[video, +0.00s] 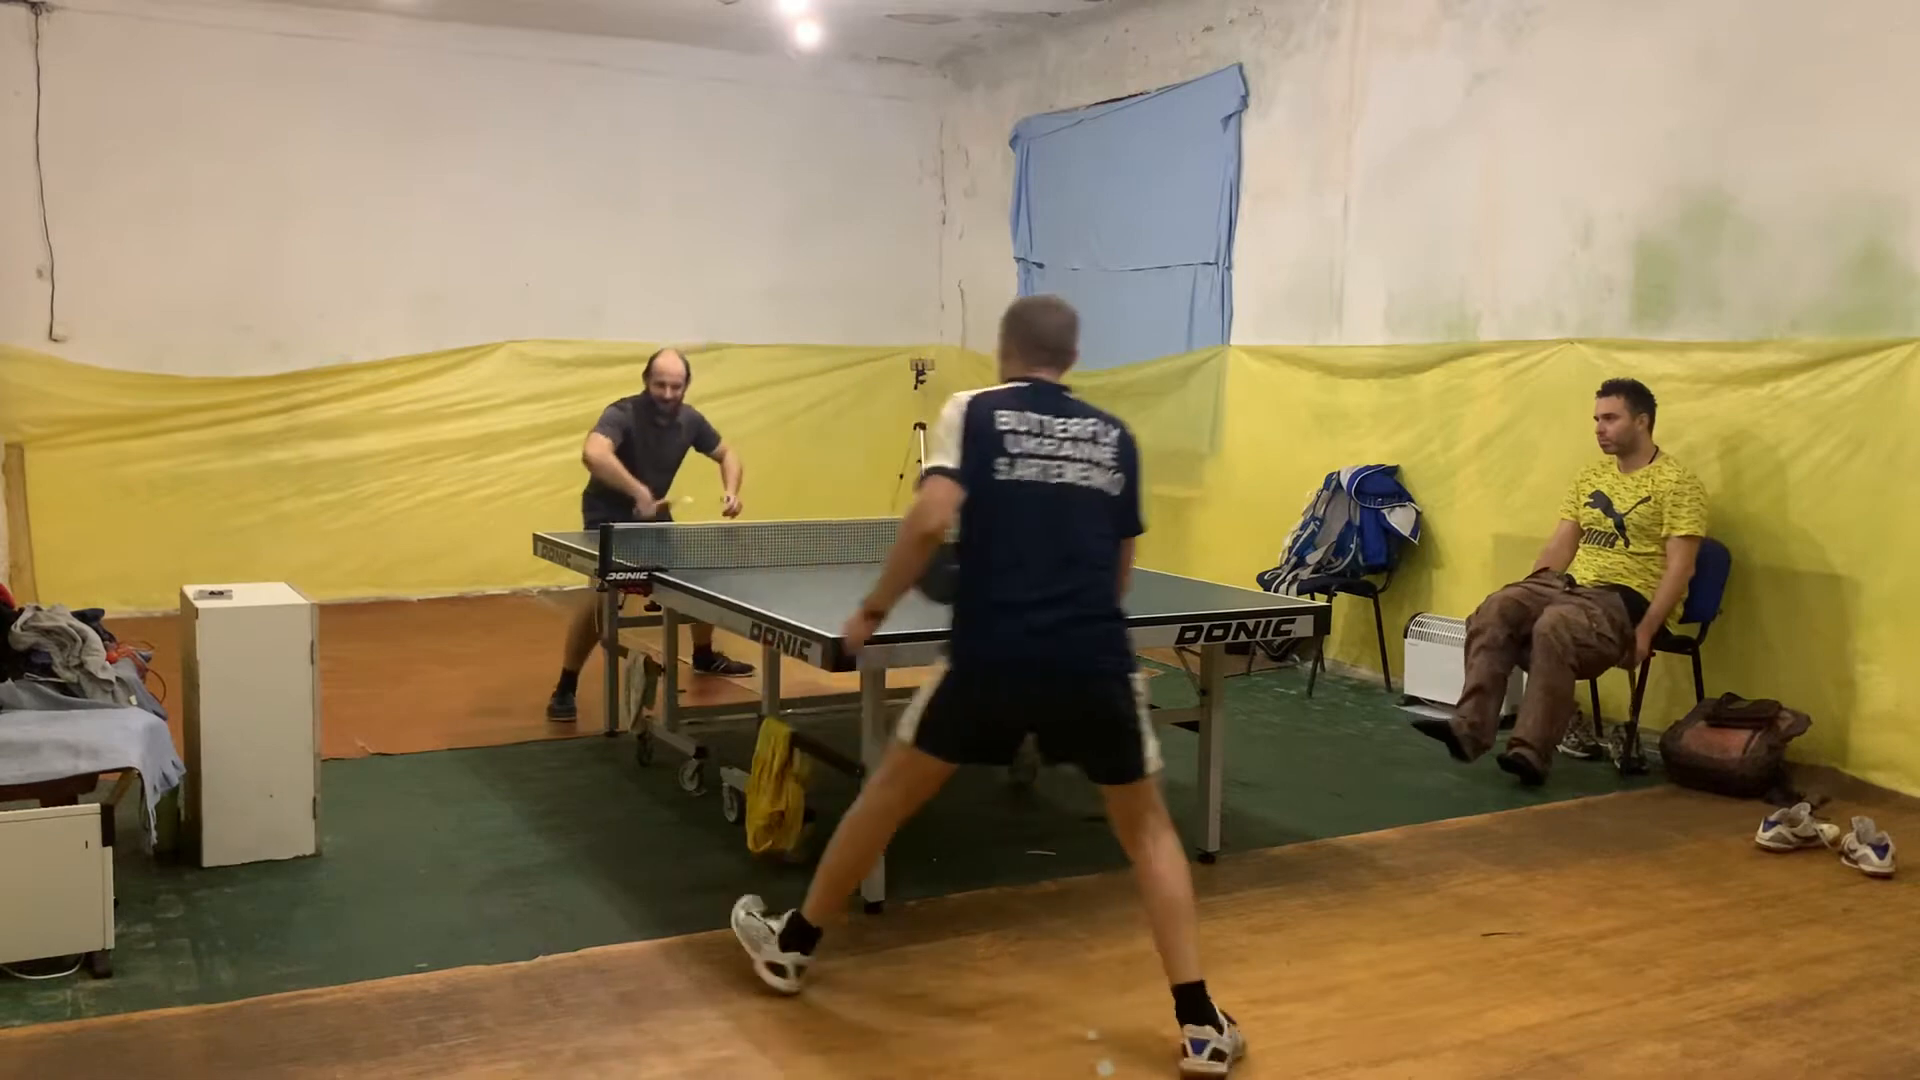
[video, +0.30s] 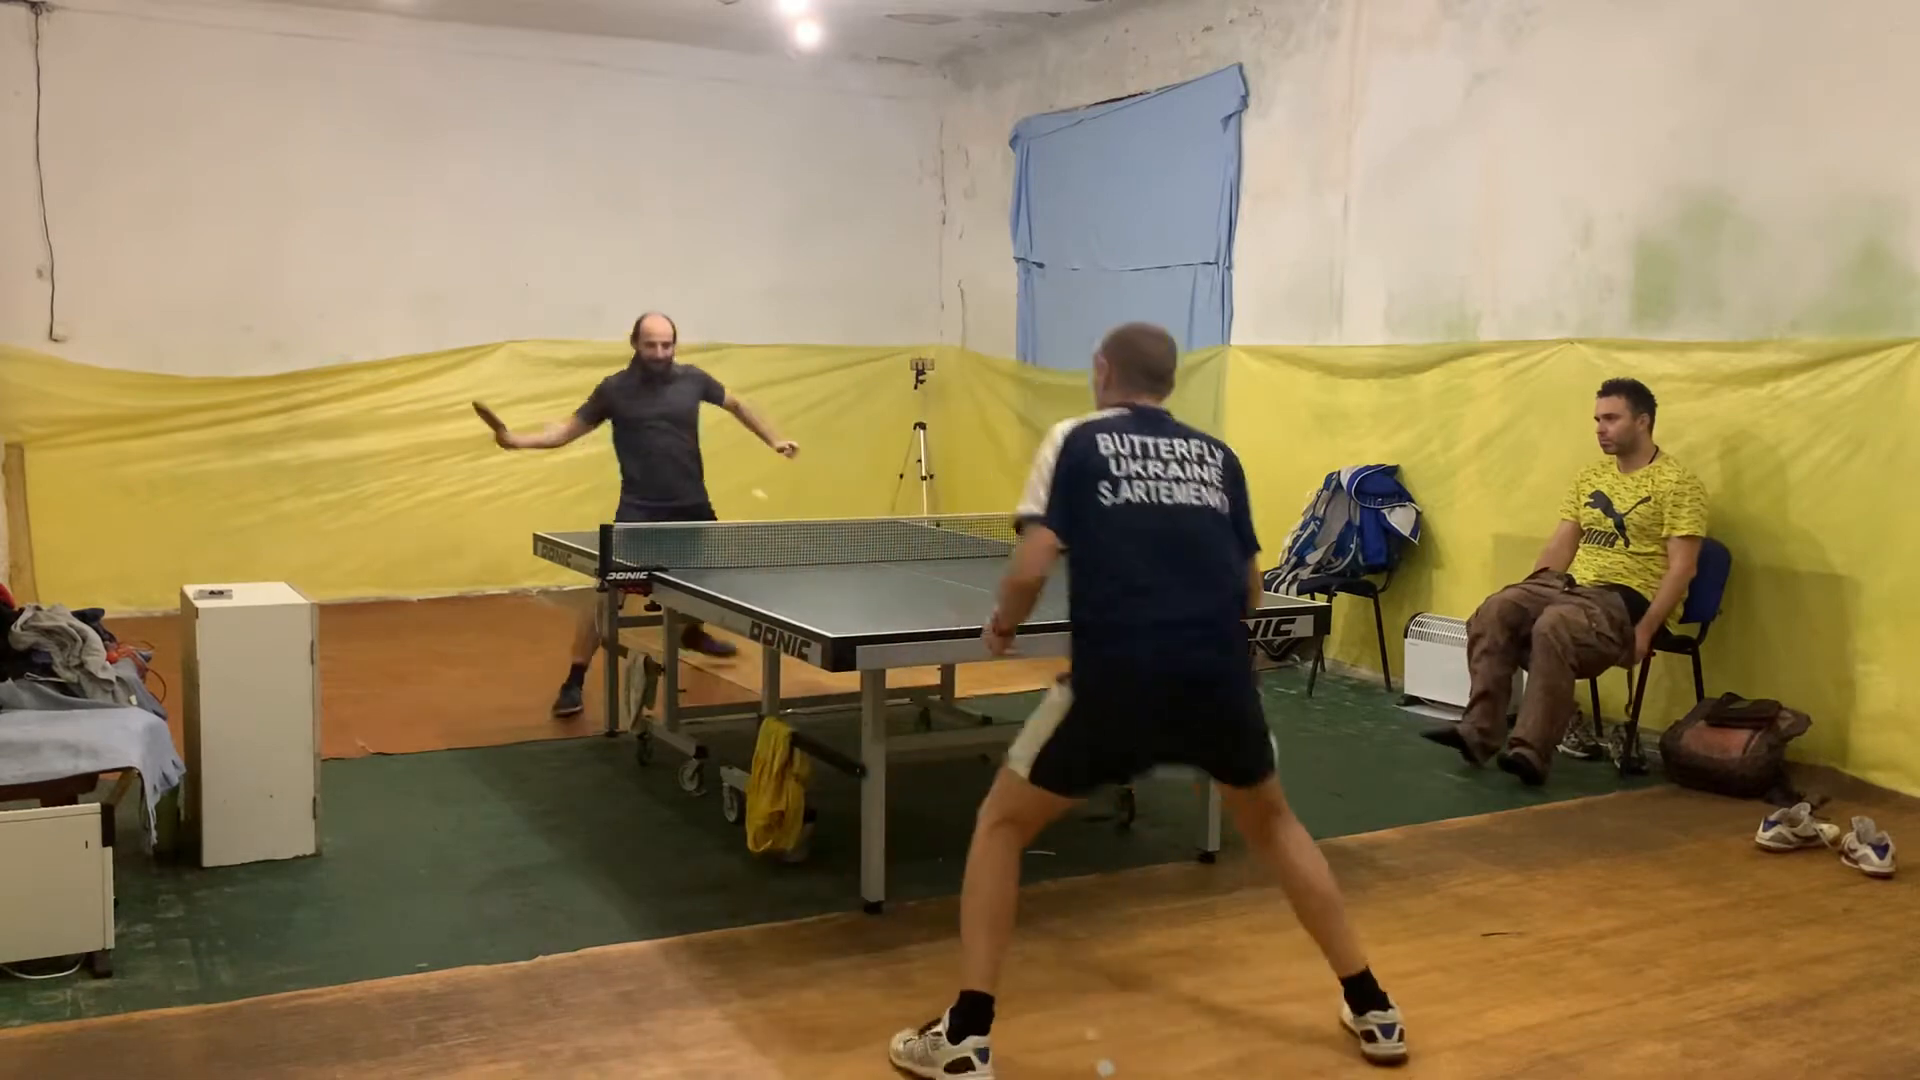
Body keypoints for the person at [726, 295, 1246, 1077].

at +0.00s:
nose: (1005, 363)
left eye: (1003, 351)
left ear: (1003, 355)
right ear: (1073, 362)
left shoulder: (970, 410)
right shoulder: (1115, 434)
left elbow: (931, 519)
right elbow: (1120, 570)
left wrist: (870, 612)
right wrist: (1080, 628)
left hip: (991, 665)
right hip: (1093, 672)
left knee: (888, 799)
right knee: (1147, 828)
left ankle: (794, 943)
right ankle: (1201, 1019)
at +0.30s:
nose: (1090, 383)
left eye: (1093, 372)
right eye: (1095, 373)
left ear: (1103, 375)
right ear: (1171, 384)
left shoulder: (1075, 440)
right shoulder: (1219, 455)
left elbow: (1031, 566)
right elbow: (1249, 584)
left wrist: (1003, 625)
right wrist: (1203, 624)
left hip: (1113, 689)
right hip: (1220, 689)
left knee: (1003, 827)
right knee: (1274, 823)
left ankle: (966, 1029)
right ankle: (1371, 1006)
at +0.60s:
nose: (1061, 410)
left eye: (1064, 398)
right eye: (1064, 398)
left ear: (1079, 399)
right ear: (1135, 409)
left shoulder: (1078, 444)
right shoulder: (1174, 471)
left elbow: (1039, 563)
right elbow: (1176, 583)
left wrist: (939, 607)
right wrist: (1096, 652)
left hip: (1126, 680)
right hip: (1223, 675)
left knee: (992, 815)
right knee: (1246, 838)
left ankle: (964, 1033)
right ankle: (1368, 1007)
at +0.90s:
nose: (1057, 331)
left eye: (1059, 319)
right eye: (1060, 318)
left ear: (1074, 320)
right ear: (1135, 331)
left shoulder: (1070, 379)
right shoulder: (1182, 399)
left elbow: (1063, 491)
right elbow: (1184, 508)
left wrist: (994, 612)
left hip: (1108, 636)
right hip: (1206, 630)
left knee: (997, 789)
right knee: (1243, 791)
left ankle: (963, 1001)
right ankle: (1338, 952)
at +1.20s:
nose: (1104, 378)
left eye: (1106, 366)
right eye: (1108, 365)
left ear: (1121, 365)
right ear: (1183, 375)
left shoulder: (1096, 431)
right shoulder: (1234, 449)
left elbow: (1059, 567)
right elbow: (1264, 583)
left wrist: (1000, 667)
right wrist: (1189, 601)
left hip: (1123, 682)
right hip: (1228, 679)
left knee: (1004, 814)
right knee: (1262, 804)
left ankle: (946, 1017)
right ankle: (1343, 973)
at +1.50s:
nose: (1062, 385)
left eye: (1067, 370)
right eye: (1063, 370)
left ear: (1097, 372)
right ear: (1136, 378)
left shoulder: (1094, 444)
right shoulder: (1209, 444)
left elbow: (1086, 581)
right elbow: (1251, 564)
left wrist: (1002, 681)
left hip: (1148, 681)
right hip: (1242, 674)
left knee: (1002, 802)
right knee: (1252, 801)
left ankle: (1004, 1019)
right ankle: (1341, 970)